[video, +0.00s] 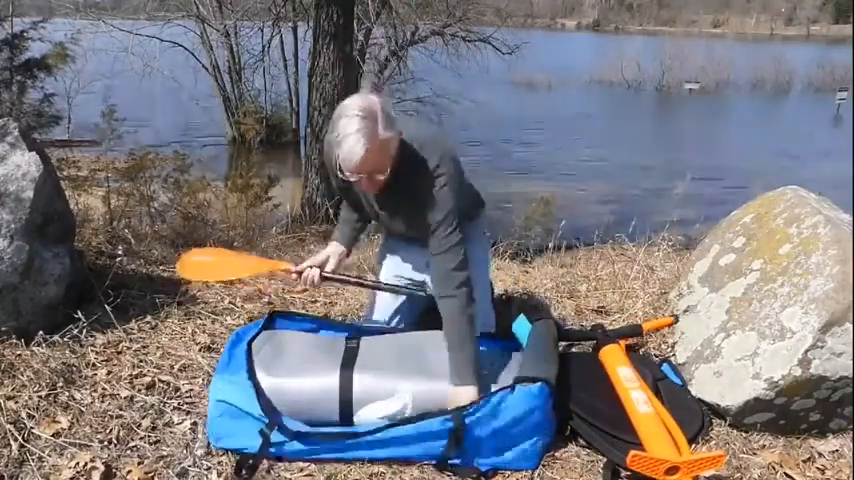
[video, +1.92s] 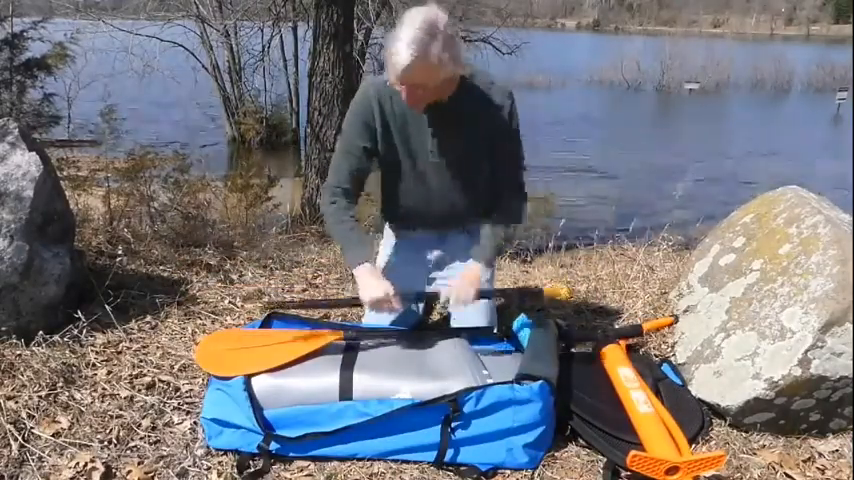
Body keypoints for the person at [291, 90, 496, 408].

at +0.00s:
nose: (368, 186)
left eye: (378, 173)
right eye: (356, 177)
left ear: (395, 145)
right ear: (341, 161)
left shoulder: (435, 164)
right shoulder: (342, 159)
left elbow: (452, 280)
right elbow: (355, 200)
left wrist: (463, 385)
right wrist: (338, 245)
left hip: (459, 238)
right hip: (403, 241)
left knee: (477, 337)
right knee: (379, 334)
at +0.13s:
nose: (369, 161)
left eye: (379, 150)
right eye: (359, 151)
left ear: (404, 127)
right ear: (347, 135)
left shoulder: (446, 144)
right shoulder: (340, 144)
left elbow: (508, 225)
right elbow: (355, 208)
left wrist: (474, 299)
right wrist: (350, 265)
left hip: (464, 250)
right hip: (400, 251)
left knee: (470, 355)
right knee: (374, 342)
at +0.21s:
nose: (361, 129)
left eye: (371, 118)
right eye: (353, 118)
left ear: (404, 96)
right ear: (344, 104)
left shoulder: (455, 122)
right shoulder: (343, 134)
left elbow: (537, 173)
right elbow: (357, 208)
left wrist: (565, 239)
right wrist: (360, 270)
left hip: (461, 245)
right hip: (398, 247)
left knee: (471, 351)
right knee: (378, 347)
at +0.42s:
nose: (392, 91)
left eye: (404, 81)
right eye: (385, 78)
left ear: (439, 60)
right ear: (376, 63)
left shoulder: (482, 97)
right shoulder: (365, 97)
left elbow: (526, 184)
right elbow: (351, 182)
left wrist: (515, 257)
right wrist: (361, 248)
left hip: (470, 243)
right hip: (399, 246)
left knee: (476, 350)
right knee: (374, 349)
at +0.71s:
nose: (413, 87)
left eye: (425, 76)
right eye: (404, 75)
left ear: (447, 53)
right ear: (393, 61)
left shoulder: (490, 93)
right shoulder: (370, 97)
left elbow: (519, 164)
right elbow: (360, 186)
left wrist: (536, 232)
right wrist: (353, 247)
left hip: (469, 235)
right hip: (401, 237)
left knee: (478, 339)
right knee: (377, 338)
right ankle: (420, 303)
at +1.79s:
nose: (437, 104)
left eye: (449, 93)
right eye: (425, 92)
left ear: (465, 66)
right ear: (404, 59)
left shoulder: (495, 102)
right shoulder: (377, 95)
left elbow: (518, 182)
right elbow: (334, 186)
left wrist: (536, 234)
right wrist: (375, 247)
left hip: (471, 240)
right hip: (403, 239)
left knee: (478, 352)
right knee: (375, 350)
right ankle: (419, 307)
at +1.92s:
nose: (407, 97)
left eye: (420, 87)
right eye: (399, 84)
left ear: (451, 75)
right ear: (390, 66)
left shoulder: (492, 102)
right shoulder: (375, 99)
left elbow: (509, 201)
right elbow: (336, 197)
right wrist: (364, 271)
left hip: (470, 243)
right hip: (401, 243)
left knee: (473, 357)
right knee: (381, 353)